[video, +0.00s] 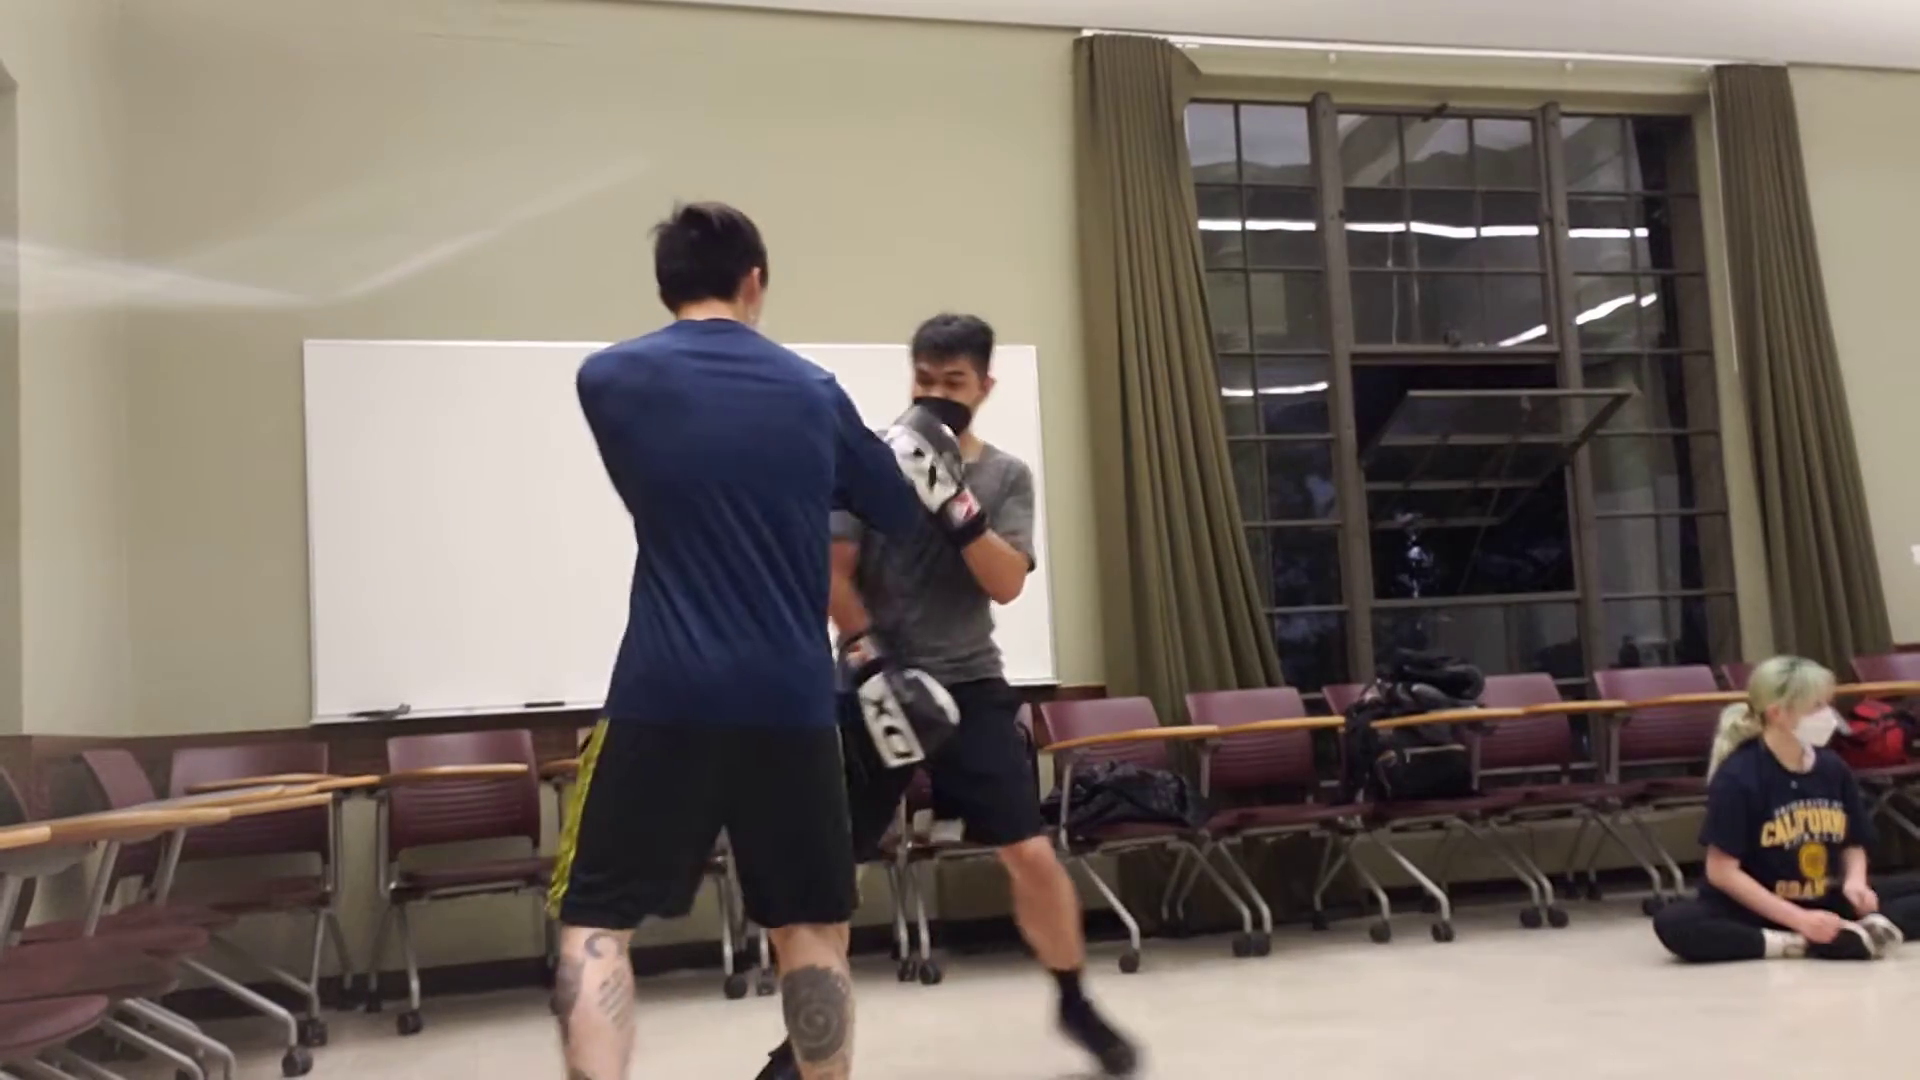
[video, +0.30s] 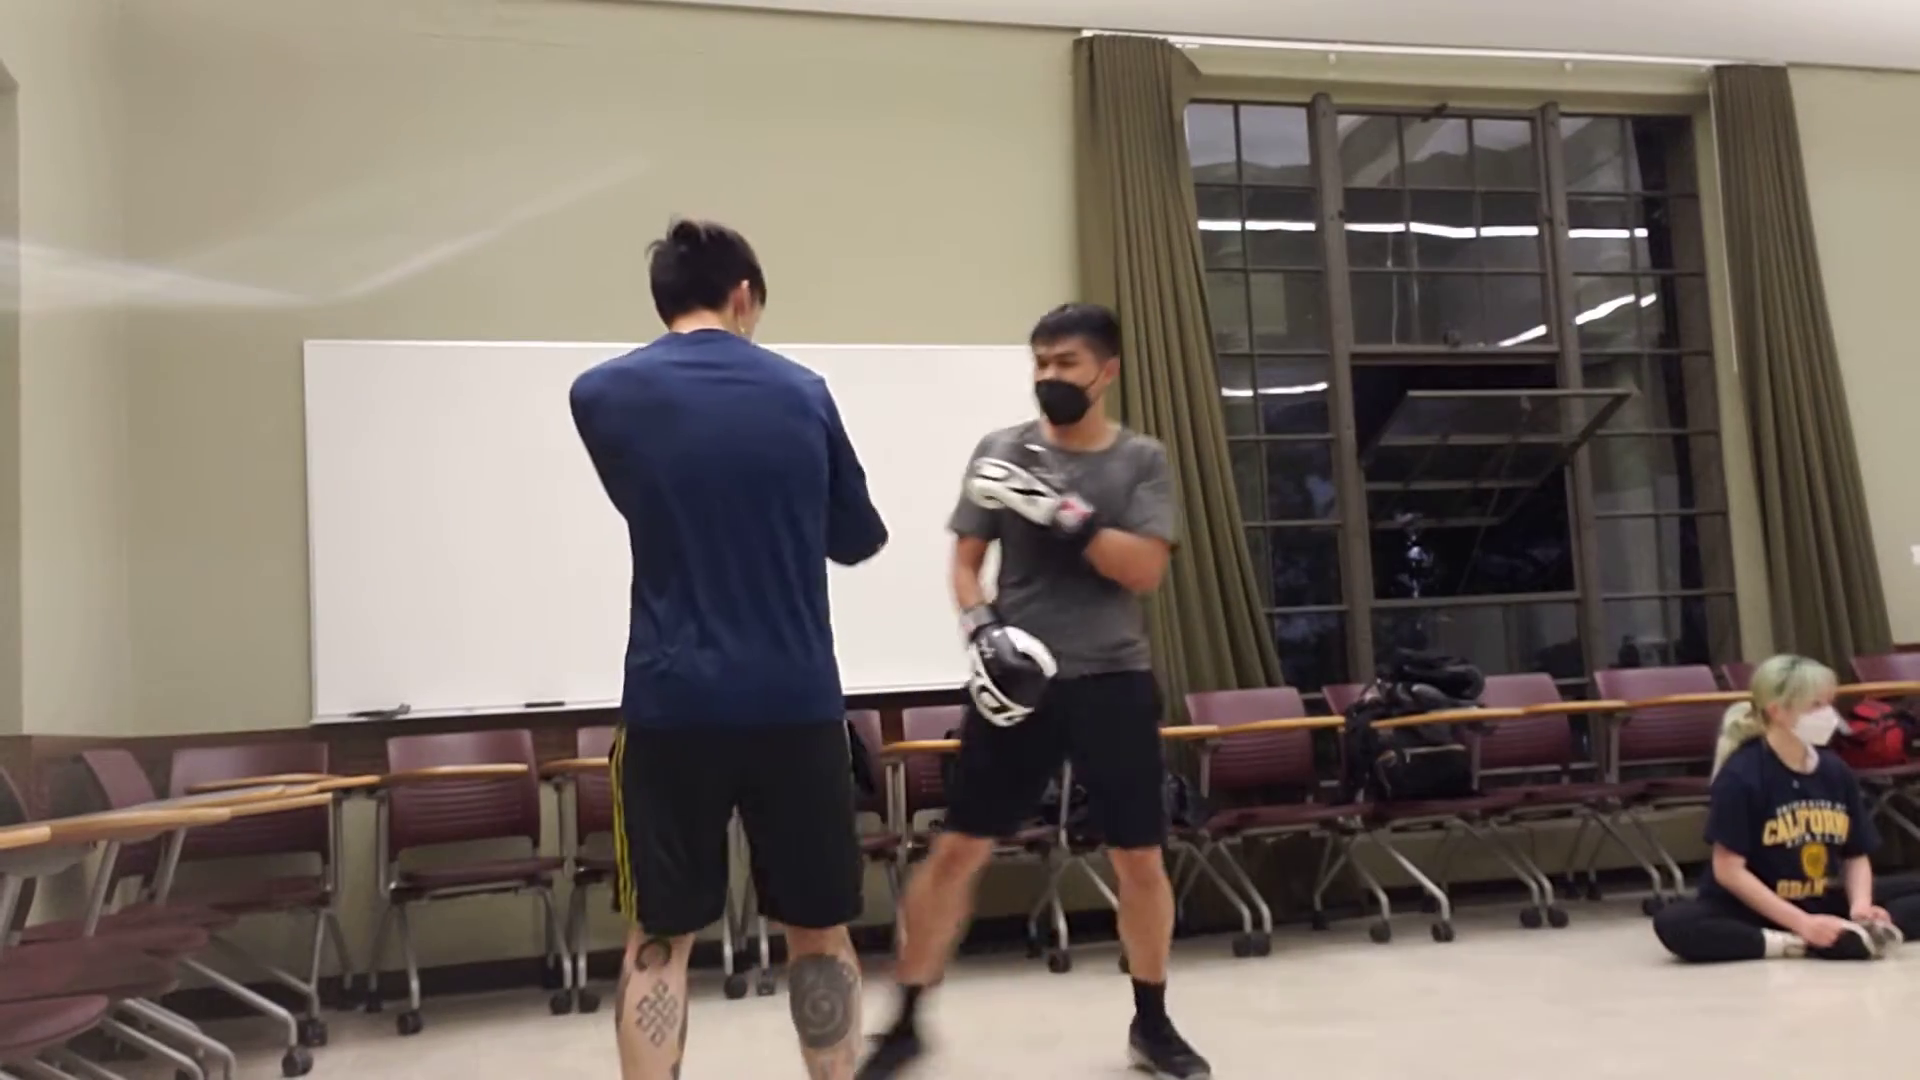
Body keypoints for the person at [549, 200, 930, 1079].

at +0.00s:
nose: (765, 292)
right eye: (765, 281)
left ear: (665, 289)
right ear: (755, 282)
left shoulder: (607, 378)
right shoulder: (810, 390)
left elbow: (679, 481)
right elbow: (898, 510)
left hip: (664, 698)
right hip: (791, 703)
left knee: (596, 924)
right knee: (811, 933)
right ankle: (819, 1076)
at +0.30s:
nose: (759, 314)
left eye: (754, 303)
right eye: (759, 302)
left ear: (661, 305)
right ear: (745, 297)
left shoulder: (601, 394)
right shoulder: (797, 390)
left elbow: (651, 499)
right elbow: (856, 537)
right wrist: (762, 484)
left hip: (671, 711)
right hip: (794, 706)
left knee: (657, 943)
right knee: (819, 934)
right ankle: (837, 1075)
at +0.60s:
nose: (793, 319)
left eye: (794, 301)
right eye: (785, 299)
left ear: (706, 302)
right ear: (732, 295)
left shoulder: (612, 411)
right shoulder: (795, 402)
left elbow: (693, 518)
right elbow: (847, 550)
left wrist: (839, 483)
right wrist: (890, 502)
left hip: (665, 713)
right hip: (787, 706)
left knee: (667, 931)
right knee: (858, 906)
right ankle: (912, 1072)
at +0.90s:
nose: (869, 331)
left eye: (868, 312)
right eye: (865, 312)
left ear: (778, 313)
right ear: (833, 310)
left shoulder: (712, 417)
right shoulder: (859, 420)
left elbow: (788, 502)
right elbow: (921, 554)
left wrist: (859, 410)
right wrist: (963, 459)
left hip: (742, 711)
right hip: (855, 707)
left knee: (722, 909)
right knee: (906, 910)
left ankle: (673, 1072)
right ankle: (938, 1071)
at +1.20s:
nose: (909, 356)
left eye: (910, 339)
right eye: (906, 338)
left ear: (823, 332)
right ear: (870, 328)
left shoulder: (746, 419)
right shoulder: (879, 418)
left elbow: (820, 534)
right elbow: (925, 561)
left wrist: (929, 484)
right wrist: (975, 498)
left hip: (768, 702)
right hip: (866, 703)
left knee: (782, 900)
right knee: (908, 909)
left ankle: (752, 1067)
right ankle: (938, 1072)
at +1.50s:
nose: (887, 351)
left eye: (885, 335)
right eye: (878, 335)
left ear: (816, 342)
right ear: (833, 337)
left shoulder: (747, 436)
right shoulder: (838, 427)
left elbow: (791, 572)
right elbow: (859, 557)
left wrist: (910, 546)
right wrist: (935, 541)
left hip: (767, 704)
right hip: (846, 702)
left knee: (793, 885)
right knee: (939, 870)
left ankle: (752, 1068)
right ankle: (930, 1066)